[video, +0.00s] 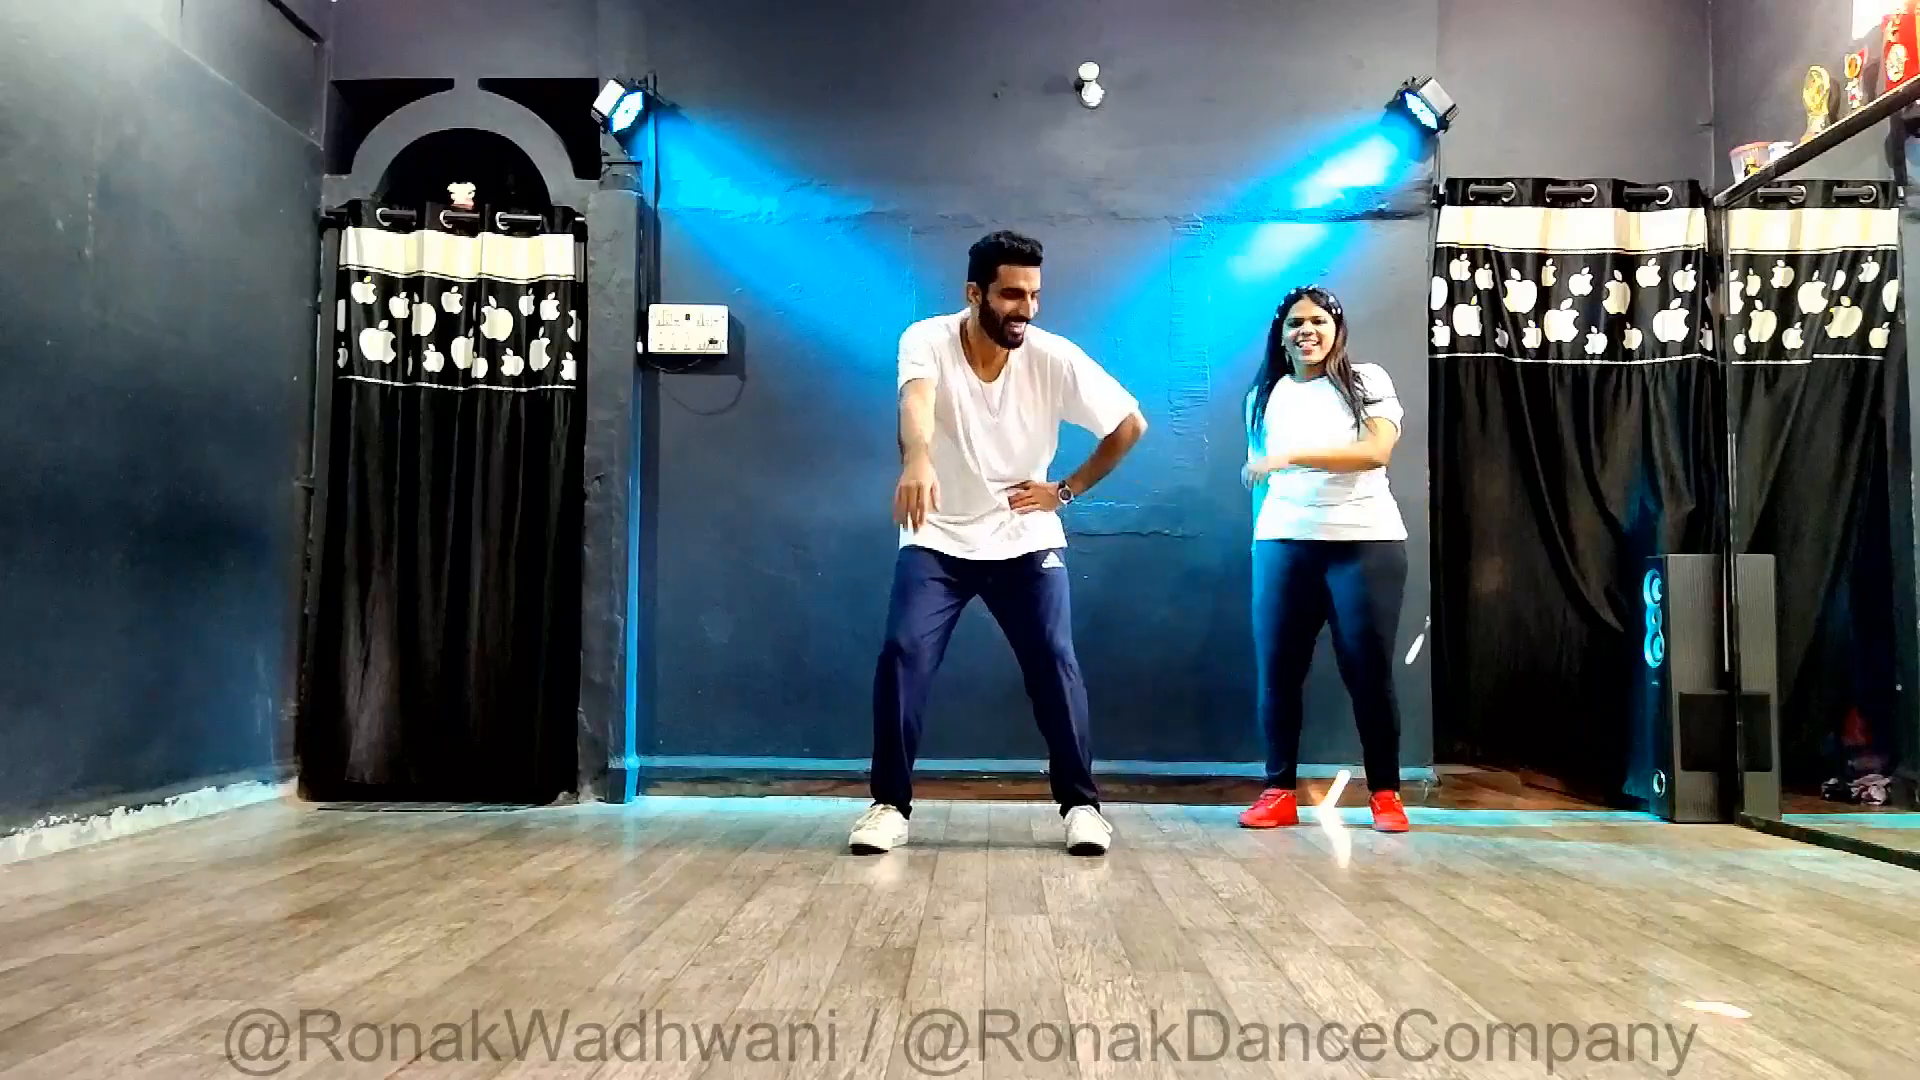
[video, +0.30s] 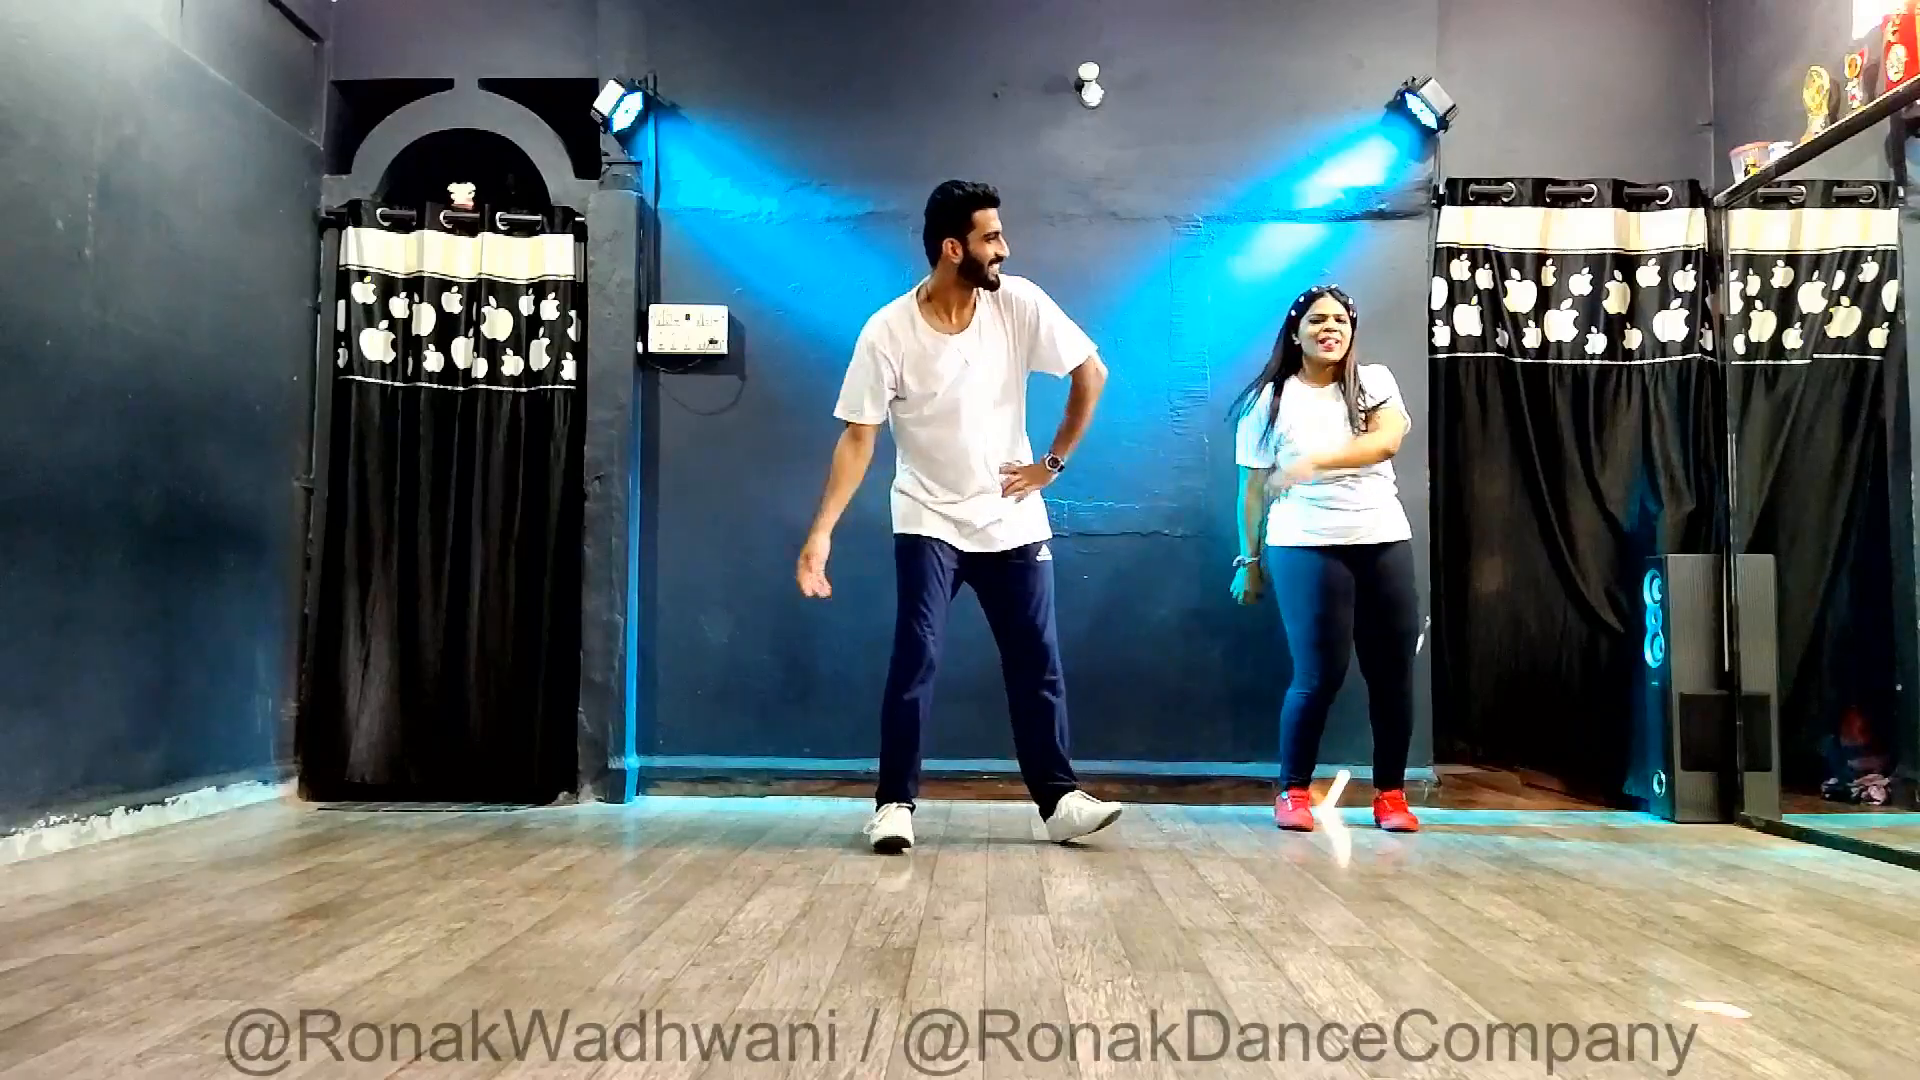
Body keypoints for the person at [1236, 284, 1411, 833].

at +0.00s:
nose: (1308, 330)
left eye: (1318, 322)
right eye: (1297, 323)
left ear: (1337, 330)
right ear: (1283, 334)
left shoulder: (1367, 379)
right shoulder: (1262, 398)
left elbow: (1377, 451)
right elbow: (1261, 475)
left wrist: (1290, 459)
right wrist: (1266, 543)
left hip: (1363, 539)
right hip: (1283, 541)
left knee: (1368, 668)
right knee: (1277, 669)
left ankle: (1384, 793)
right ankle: (1280, 790)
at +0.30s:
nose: (1331, 327)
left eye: (1340, 320)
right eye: (1318, 319)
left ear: (1351, 333)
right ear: (1297, 332)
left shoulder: (1372, 380)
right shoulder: (1267, 401)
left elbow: (1387, 441)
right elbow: (1253, 487)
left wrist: (1312, 462)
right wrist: (1250, 559)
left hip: (1383, 540)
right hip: (1306, 543)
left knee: (1392, 673)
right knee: (1318, 672)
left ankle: (1390, 794)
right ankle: (1293, 792)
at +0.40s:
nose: (1339, 348)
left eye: (1346, 338)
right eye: (1325, 340)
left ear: (1357, 344)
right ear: (1303, 349)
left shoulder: (1373, 398)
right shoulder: (1273, 408)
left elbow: (1397, 464)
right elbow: (1251, 490)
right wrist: (1246, 562)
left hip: (1377, 545)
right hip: (1307, 547)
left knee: (1416, 666)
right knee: (1326, 673)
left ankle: (1392, 794)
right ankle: (1293, 795)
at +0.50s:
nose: (1338, 361)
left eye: (1346, 350)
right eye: (1324, 354)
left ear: (1358, 355)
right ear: (1303, 362)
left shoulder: (1372, 412)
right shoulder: (1277, 413)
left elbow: (1405, 476)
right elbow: (1255, 483)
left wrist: (1426, 538)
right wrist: (1254, 547)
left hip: (1378, 553)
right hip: (1306, 552)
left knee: (1422, 669)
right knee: (1326, 674)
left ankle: (1392, 796)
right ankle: (1293, 795)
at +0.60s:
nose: (1336, 356)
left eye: (1345, 346)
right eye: (1324, 348)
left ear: (1360, 355)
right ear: (1306, 356)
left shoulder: (1373, 415)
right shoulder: (1281, 407)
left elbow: (1413, 479)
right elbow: (1270, 466)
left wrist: (1452, 538)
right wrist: (1283, 506)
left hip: (1373, 550)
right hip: (1303, 550)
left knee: (1413, 669)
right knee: (1318, 675)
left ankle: (1392, 795)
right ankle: (1293, 795)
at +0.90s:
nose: (1352, 324)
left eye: (1362, 317)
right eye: (1342, 317)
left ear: (1379, 330)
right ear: (1324, 330)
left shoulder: (1395, 395)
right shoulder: (1291, 380)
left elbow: (1403, 468)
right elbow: (1276, 455)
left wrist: (1351, 483)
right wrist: (1317, 482)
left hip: (1365, 547)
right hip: (1290, 543)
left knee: (1382, 671)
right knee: (1296, 672)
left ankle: (1378, 791)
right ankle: (1288, 792)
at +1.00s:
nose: (1364, 329)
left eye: (1376, 321)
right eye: (1355, 320)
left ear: (1394, 333)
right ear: (1339, 329)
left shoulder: (1404, 391)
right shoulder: (1295, 377)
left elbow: (1392, 452)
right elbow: (1243, 428)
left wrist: (1310, 445)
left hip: (1373, 544)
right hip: (1296, 539)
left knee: (1385, 672)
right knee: (1300, 670)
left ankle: (1380, 793)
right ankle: (1289, 792)